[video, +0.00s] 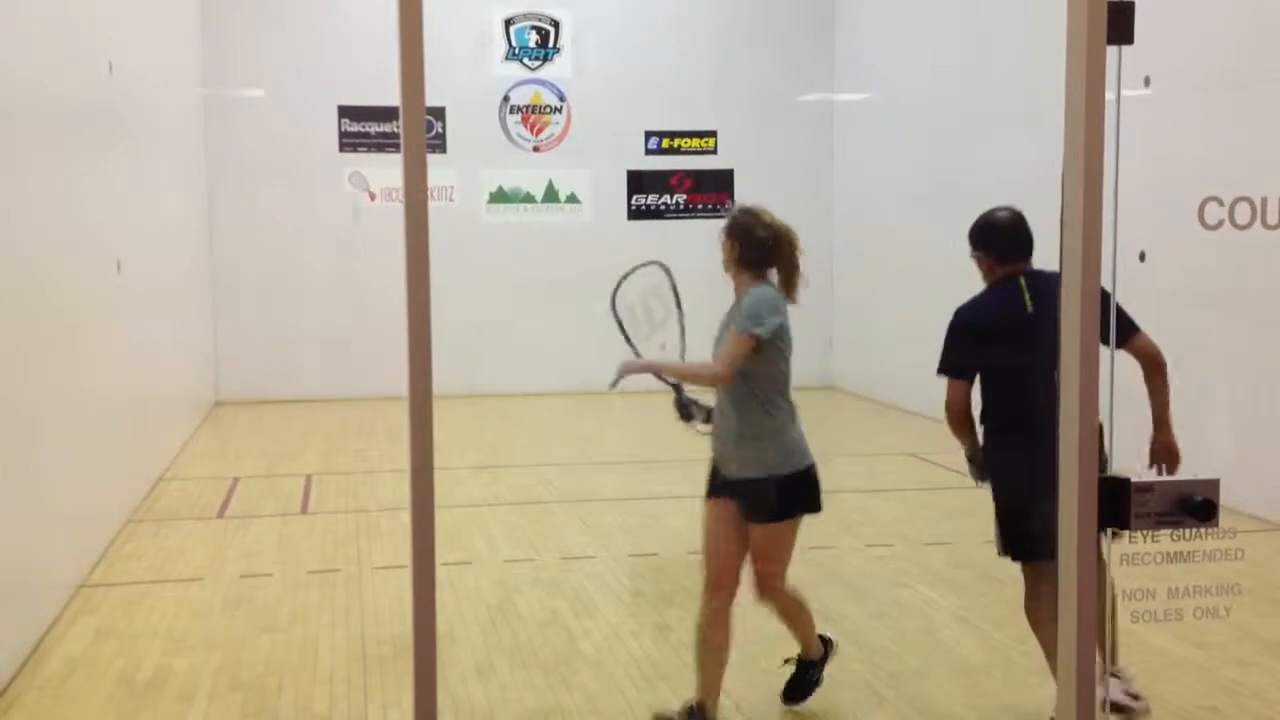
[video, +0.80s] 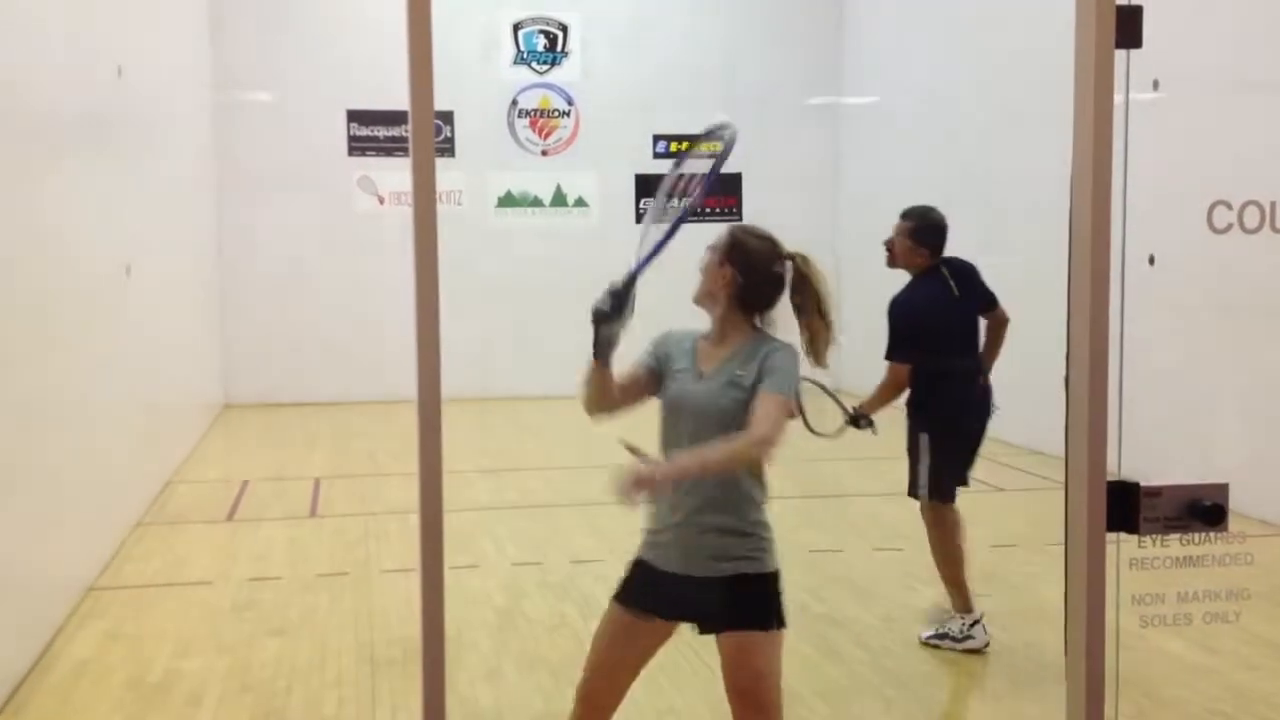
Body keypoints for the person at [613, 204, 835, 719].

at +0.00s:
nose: (721, 249)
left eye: (725, 241)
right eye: (723, 240)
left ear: (735, 248)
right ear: (757, 249)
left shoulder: (762, 302)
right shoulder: (742, 307)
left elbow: (721, 371)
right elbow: (756, 395)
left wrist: (651, 365)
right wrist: (710, 411)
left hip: (776, 471)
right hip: (731, 468)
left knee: (770, 586)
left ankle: (814, 651)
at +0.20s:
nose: (711, 277)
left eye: (718, 269)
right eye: (715, 268)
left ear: (734, 280)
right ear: (742, 282)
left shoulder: (763, 340)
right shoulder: (723, 344)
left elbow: (761, 424)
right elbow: (714, 429)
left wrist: (679, 437)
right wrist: (658, 443)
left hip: (747, 512)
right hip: (695, 507)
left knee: (714, 643)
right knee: (675, 643)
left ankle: (772, 711)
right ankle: (691, 717)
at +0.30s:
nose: (710, 266)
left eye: (716, 259)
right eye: (714, 258)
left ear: (729, 270)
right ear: (742, 273)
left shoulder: (765, 339)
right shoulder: (710, 343)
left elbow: (805, 426)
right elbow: (691, 428)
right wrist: (628, 411)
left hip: (744, 516)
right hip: (689, 515)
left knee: (726, 649)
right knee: (673, 655)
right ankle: (695, 719)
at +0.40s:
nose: (713, 266)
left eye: (719, 259)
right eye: (718, 258)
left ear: (732, 274)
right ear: (739, 277)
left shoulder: (772, 346)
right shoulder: (700, 347)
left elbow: (836, 420)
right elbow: (655, 424)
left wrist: (837, 491)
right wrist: (612, 391)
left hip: (747, 535)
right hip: (691, 532)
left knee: (750, 686)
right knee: (673, 669)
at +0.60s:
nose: (719, 285)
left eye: (727, 278)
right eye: (724, 276)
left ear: (741, 297)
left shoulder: (790, 371)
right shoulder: (699, 380)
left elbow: (839, 458)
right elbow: (639, 453)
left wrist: (812, 528)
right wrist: (614, 403)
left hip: (765, 572)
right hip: (696, 568)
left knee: (755, 715)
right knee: (631, 699)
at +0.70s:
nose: (715, 272)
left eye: (725, 265)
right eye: (721, 264)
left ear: (743, 284)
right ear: (745, 286)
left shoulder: (787, 363)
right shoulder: (691, 360)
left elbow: (799, 456)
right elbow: (628, 435)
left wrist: (737, 508)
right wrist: (611, 382)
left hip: (755, 564)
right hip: (685, 556)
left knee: (756, 712)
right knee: (600, 686)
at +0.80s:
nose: (701, 266)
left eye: (710, 260)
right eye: (707, 257)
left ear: (727, 279)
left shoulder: (776, 356)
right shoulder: (673, 348)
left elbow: (759, 441)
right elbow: (599, 403)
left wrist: (667, 470)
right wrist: (604, 341)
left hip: (740, 563)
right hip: (666, 555)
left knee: (757, 711)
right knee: (592, 701)